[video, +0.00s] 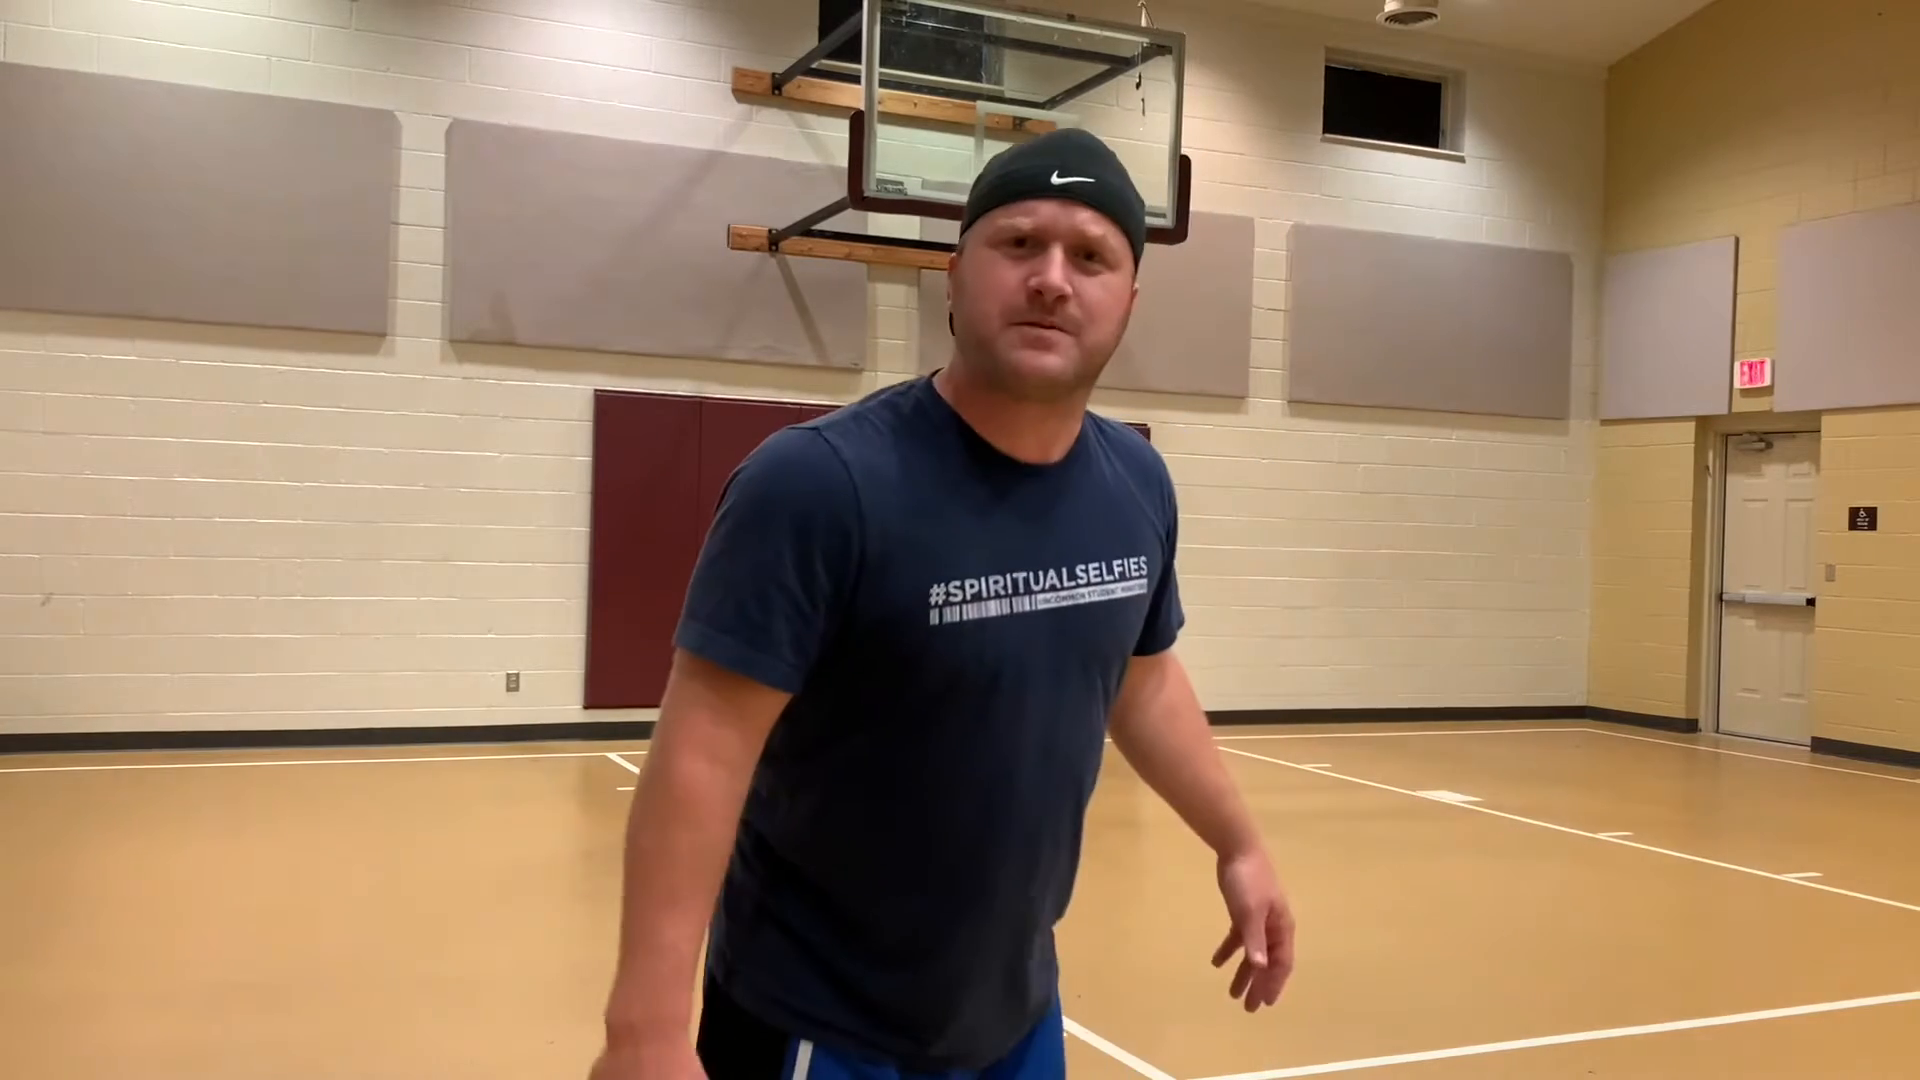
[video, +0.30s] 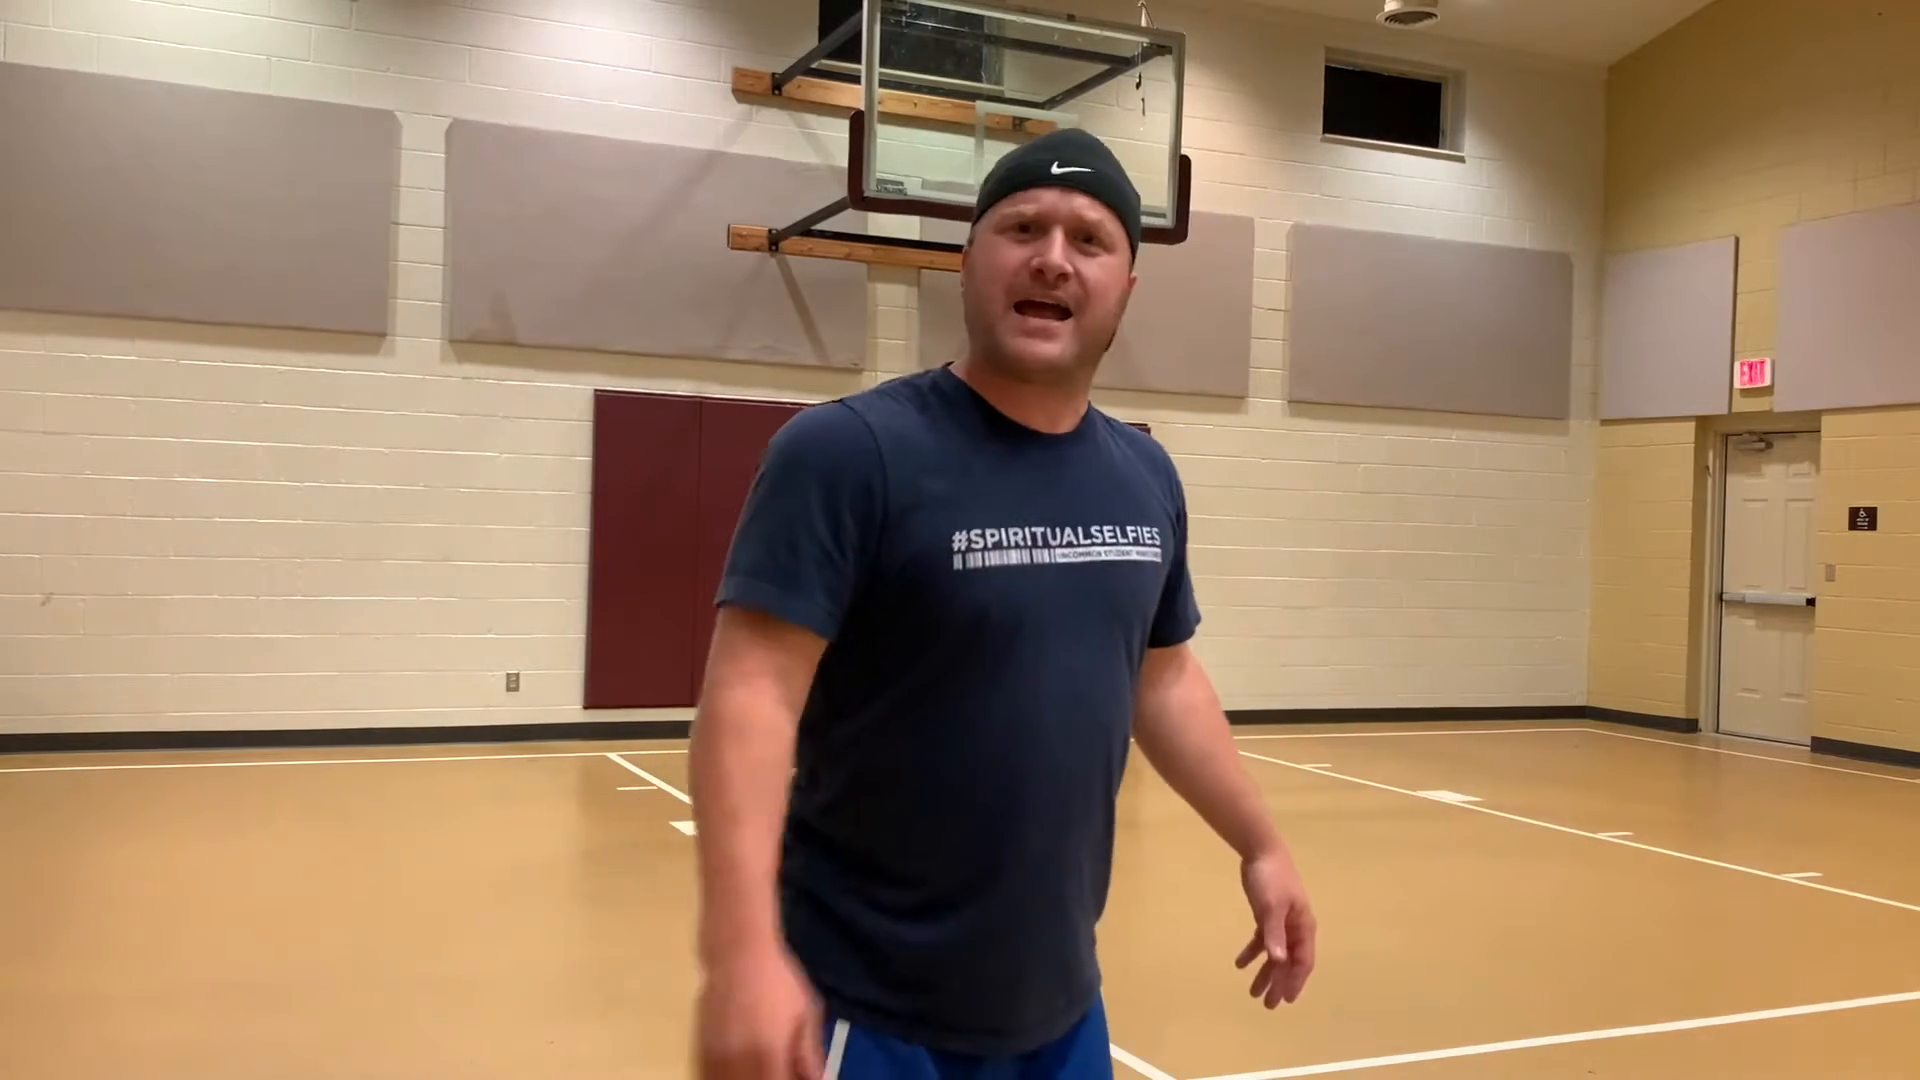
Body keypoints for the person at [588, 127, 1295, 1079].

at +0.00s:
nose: (1051, 279)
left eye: (1089, 258)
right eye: (1018, 245)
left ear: (1128, 300)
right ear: (954, 273)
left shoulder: (1132, 484)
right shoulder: (814, 486)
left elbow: (1145, 677)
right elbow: (704, 744)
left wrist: (1240, 840)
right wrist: (647, 1027)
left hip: (1012, 1010)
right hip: (815, 1022)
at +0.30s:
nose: (1054, 261)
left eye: (1090, 241)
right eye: (1023, 229)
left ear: (1128, 288)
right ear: (967, 264)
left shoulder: (1140, 476)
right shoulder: (847, 454)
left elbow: (1165, 677)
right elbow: (751, 692)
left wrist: (1262, 845)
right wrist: (742, 956)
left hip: (1056, 1003)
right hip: (865, 1011)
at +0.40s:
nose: (1069, 259)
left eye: (1105, 242)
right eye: (1041, 231)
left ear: (1142, 291)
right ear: (986, 265)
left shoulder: (1160, 482)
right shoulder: (869, 447)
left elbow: (1189, 678)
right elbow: (782, 662)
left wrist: (1284, 849)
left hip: (1073, 993)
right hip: (886, 997)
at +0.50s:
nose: (1093, 255)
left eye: (1126, 243)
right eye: (1065, 229)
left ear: (1159, 294)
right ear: (1007, 261)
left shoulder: (1172, 482)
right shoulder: (888, 435)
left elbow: (1208, 669)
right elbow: (794, 654)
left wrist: (1308, 840)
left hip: (1087, 981)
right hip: (901, 983)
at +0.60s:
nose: (1100, 251)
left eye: (1132, 239)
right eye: (1071, 228)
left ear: (1162, 295)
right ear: (1015, 260)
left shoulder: (1172, 476)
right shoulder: (899, 427)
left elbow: (1205, 661)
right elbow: (811, 651)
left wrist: (1313, 820)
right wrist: (986, 586)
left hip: (1091, 958)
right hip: (916, 963)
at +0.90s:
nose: (1063, 243)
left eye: (1092, 228)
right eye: (1033, 223)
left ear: (1129, 275)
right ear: (978, 263)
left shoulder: (1150, 455)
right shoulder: (889, 434)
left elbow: (1170, 636)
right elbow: (818, 655)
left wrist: (1230, 799)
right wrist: (1009, 686)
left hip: (1085, 950)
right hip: (918, 957)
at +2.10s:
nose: (1025, 271)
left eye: (1059, 248)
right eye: (997, 235)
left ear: (1092, 280)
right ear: (937, 248)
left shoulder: (1104, 445)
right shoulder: (834, 450)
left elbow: (1142, 635)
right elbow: (790, 694)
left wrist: (1236, 807)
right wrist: (997, 810)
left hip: (1079, 981)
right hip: (902, 994)